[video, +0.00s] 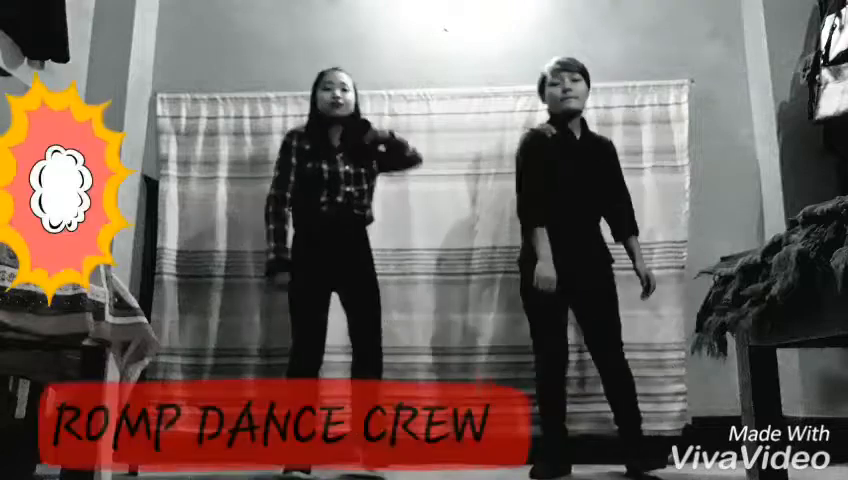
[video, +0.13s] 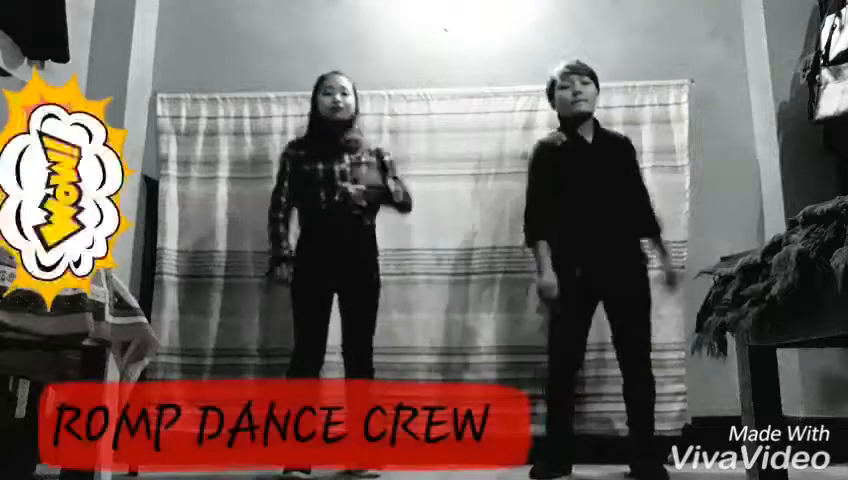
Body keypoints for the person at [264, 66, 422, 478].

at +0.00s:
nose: (337, 94)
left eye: (344, 88)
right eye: (328, 88)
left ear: (355, 98)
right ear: (314, 97)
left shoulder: (365, 141)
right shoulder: (298, 141)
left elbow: (410, 159)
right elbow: (278, 201)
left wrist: (380, 138)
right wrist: (278, 257)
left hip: (353, 253)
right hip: (309, 254)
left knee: (368, 347)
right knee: (307, 350)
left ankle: (369, 440)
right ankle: (297, 446)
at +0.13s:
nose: (337, 99)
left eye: (345, 93)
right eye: (328, 92)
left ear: (355, 103)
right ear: (314, 102)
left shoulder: (372, 153)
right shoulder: (297, 153)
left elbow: (404, 201)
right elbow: (280, 208)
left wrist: (378, 189)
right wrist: (280, 256)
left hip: (359, 263)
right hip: (312, 263)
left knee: (359, 356)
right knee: (307, 355)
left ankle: (361, 448)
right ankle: (296, 447)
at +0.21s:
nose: (345, 100)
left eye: (352, 94)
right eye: (336, 95)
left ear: (363, 104)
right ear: (322, 105)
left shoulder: (380, 153)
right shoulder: (307, 154)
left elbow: (395, 201)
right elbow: (295, 209)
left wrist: (381, 228)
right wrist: (287, 259)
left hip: (365, 261)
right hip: (319, 259)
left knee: (362, 355)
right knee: (312, 352)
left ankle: (362, 444)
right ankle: (300, 443)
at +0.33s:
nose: (345, 100)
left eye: (353, 94)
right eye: (336, 94)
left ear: (364, 105)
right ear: (323, 105)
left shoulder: (380, 151)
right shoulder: (309, 155)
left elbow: (400, 206)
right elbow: (297, 211)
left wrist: (400, 257)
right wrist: (289, 259)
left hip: (363, 266)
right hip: (316, 265)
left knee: (360, 354)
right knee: (301, 348)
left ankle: (361, 437)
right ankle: (279, 429)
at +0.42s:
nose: (341, 100)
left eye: (348, 95)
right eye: (333, 94)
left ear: (357, 106)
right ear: (317, 104)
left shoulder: (372, 155)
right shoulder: (299, 153)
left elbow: (392, 206)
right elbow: (285, 210)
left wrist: (396, 251)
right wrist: (278, 260)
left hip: (355, 266)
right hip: (307, 264)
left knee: (355, 356)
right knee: (290, 352)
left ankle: (360, 443)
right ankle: (272, 440)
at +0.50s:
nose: (330, 99)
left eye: (334, 93)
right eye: (321, 91)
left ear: (337, 103)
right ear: (299, 97)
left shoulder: (343, 154)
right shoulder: (272, 149)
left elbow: (358, 213)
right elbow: (257, 205)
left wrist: (368, 263)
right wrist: (255, 257)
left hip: (334, 265)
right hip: (286, 264)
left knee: (349, 356)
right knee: (274, 355)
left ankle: (360, 446)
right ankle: (262, 447)